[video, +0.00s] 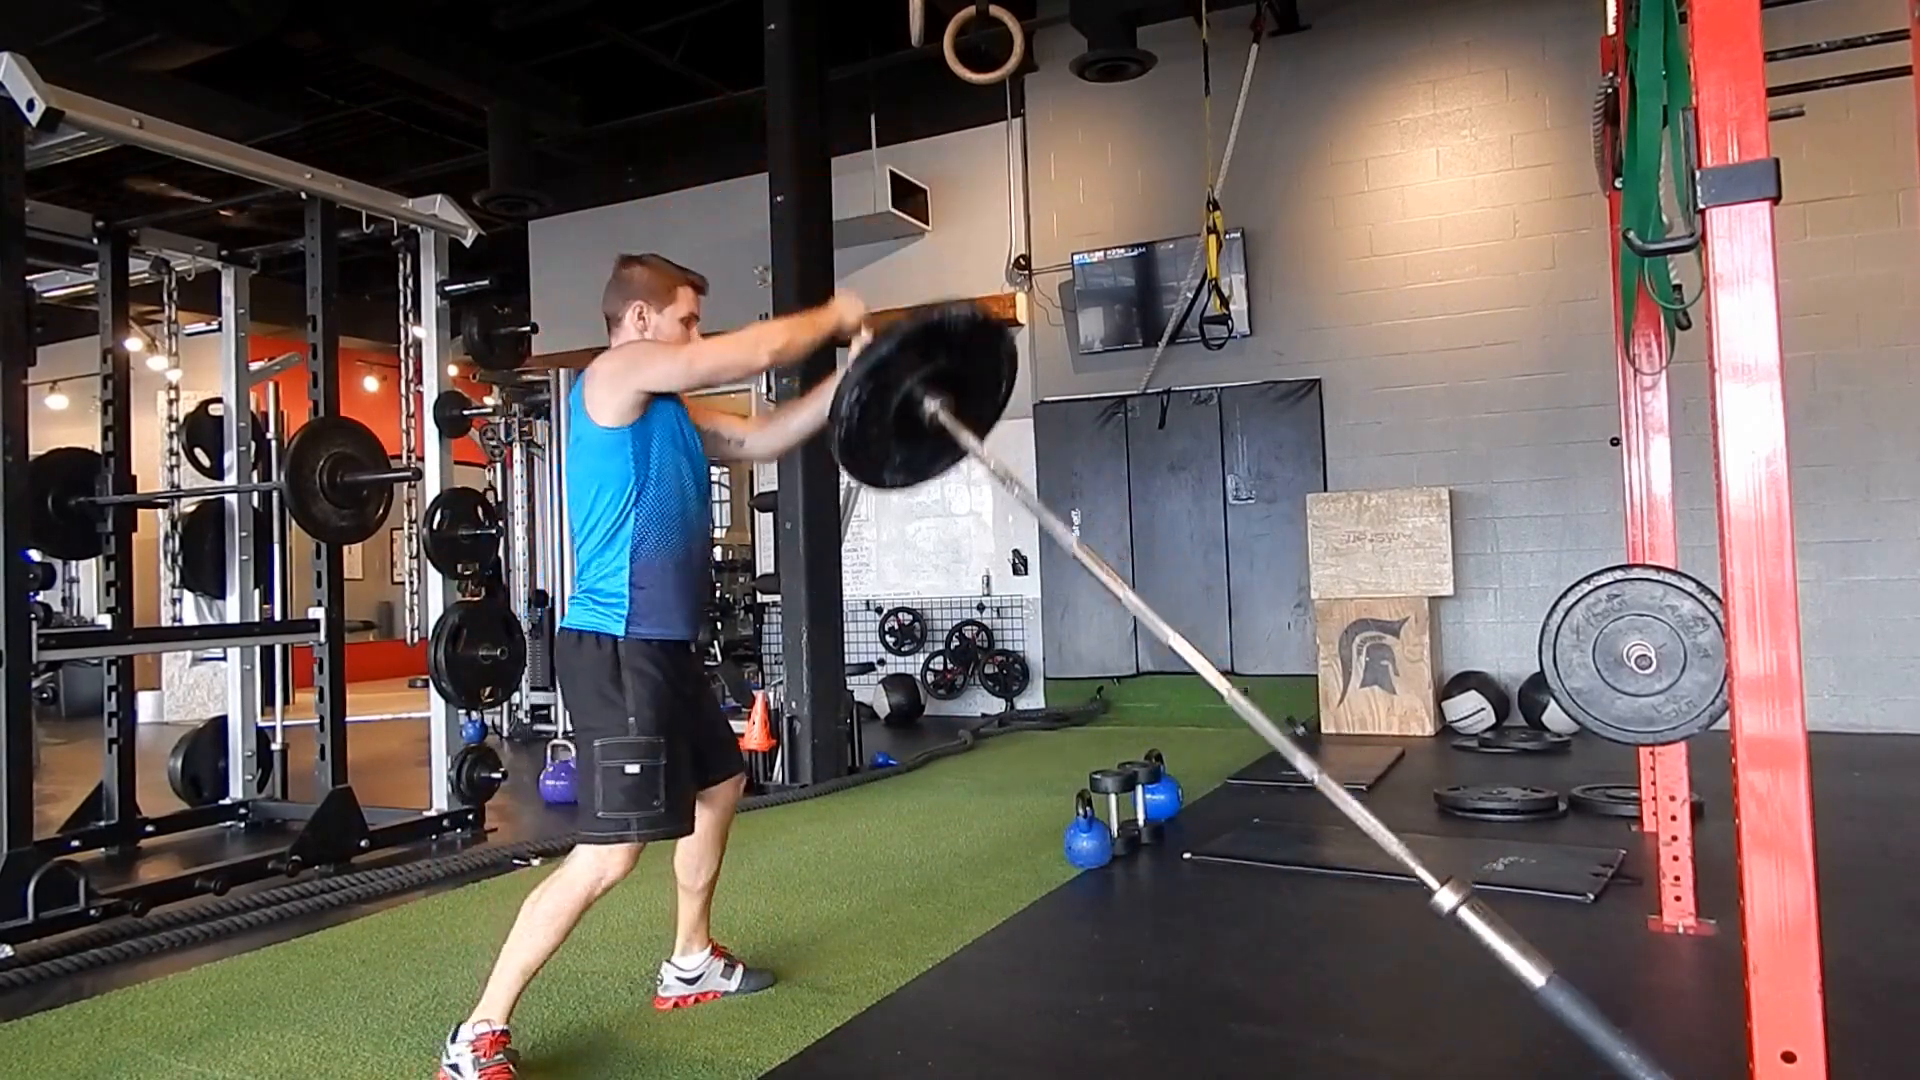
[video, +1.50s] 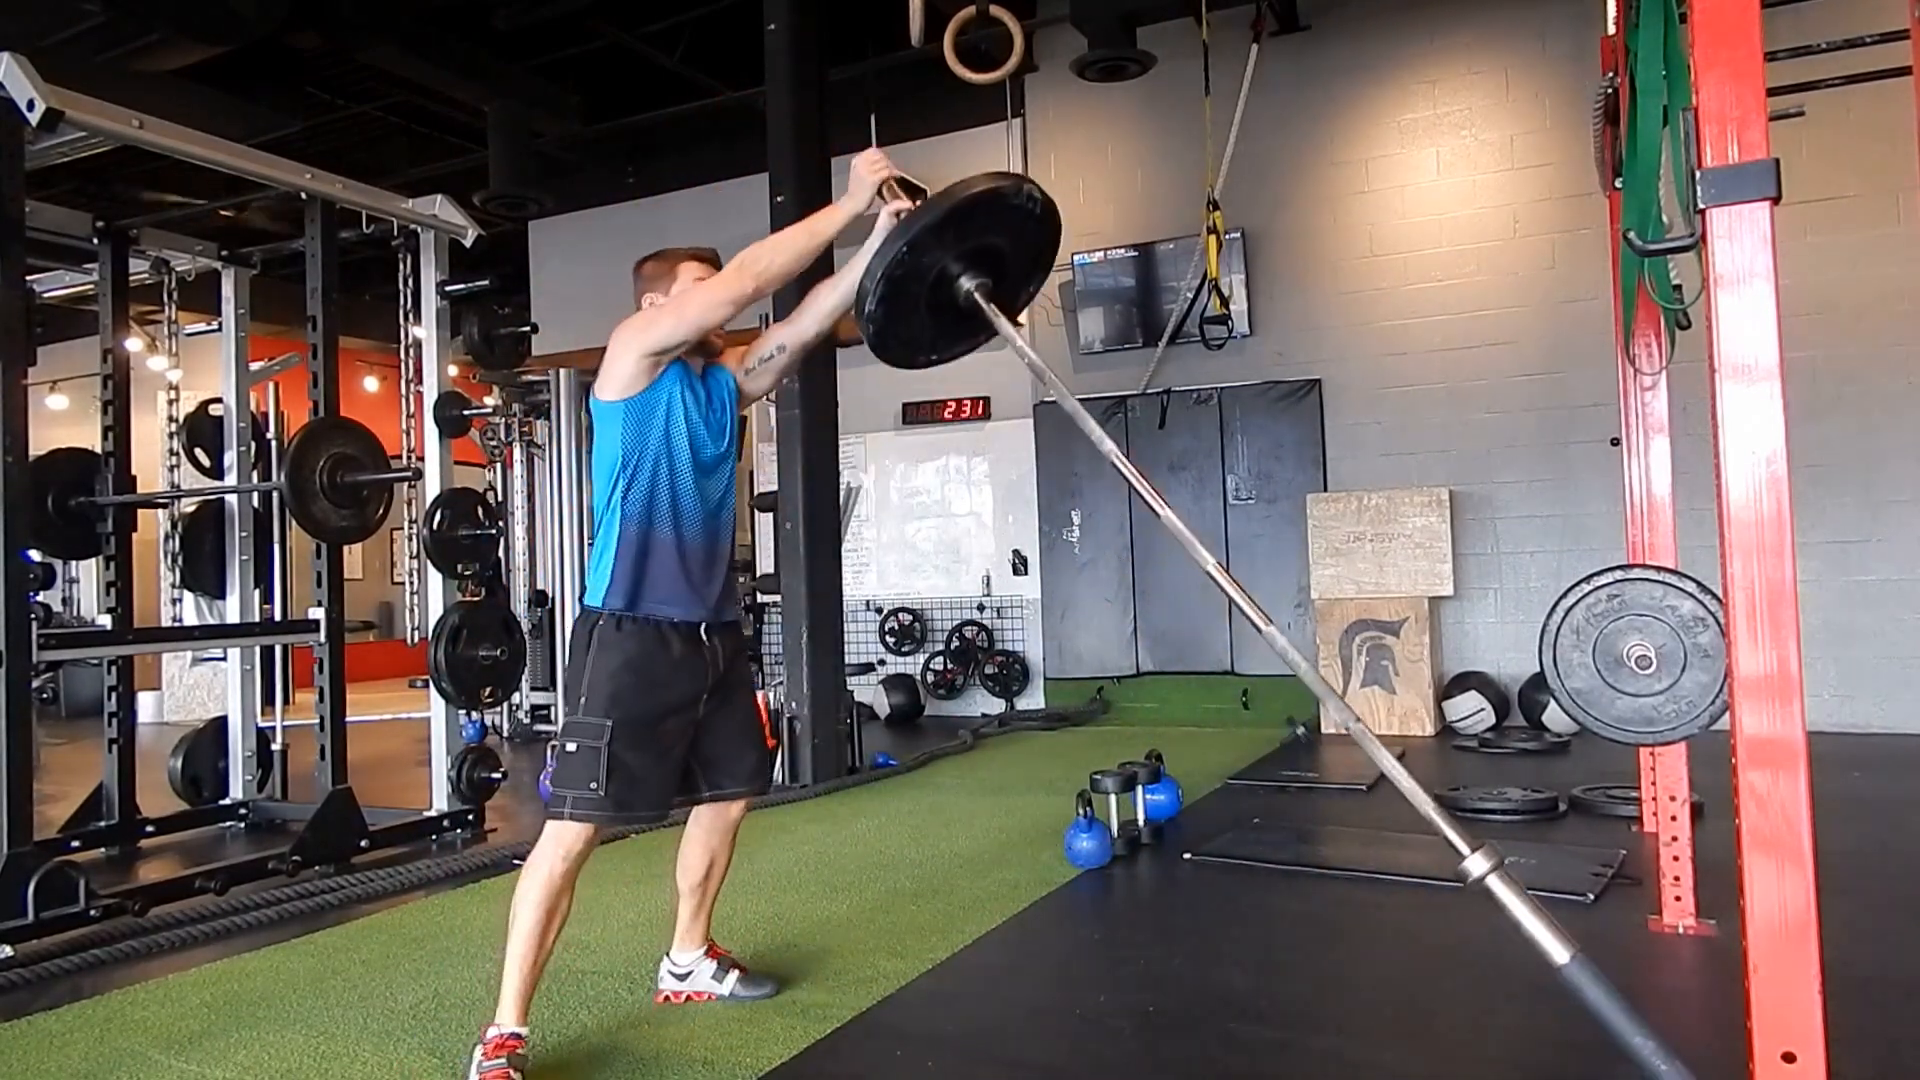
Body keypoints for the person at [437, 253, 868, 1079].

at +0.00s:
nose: (697, 334)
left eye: (697, 322)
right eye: (686, 320)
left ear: (648, 320)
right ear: (639, 318)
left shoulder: (667, 402)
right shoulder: (614, 370)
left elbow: (758, 438)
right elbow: (751, 350)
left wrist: (849, 377)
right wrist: (835, 313)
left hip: (668, 644)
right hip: (613, 644)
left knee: (718, 785)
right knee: (610, 849)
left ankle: (690, 960)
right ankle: (481, 1030)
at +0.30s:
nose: (730, 381)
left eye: (731, 370)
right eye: (726, 369)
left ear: (658, 368)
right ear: (693, 364)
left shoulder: (618, 445)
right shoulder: (705, 414)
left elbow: (687, 567)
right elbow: (791, 505)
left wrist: (788, 582)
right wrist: (797, 550)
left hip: (642, 663)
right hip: (650, 668)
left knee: (736, 776)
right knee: (650, 872)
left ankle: (692, 960)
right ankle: (463, 1029)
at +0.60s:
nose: (762, 422)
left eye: (759, 409)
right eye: (757, 410)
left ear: (687, 413)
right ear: (734, 410)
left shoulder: (632, 481)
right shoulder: (764, 473)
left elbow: (622, 589)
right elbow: (760, 598)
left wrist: (697, 660)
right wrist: (738, 663)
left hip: (614, 685)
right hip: (667, 695)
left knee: (719, 802)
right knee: (667, 905)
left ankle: (692, 961)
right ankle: (460, 1032)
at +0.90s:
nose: (740, 396)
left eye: (739, 383)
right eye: (734, 383)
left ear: (665, 390)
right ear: (702, 383)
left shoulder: (614, 462)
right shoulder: (729, 442)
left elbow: (617, 586)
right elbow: (765, 575)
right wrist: (741, 616)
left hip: (608, 669)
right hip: (651, 681)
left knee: (731, 780)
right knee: (650, 895)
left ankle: (691, 961)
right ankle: (455, 1036)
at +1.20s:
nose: (702, 316)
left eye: (700, 304)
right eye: (688, 302)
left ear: (654, 309)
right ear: (640, 307)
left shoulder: (677, 401)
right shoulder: (613, 359)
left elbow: (759, 454)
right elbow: (750, 359)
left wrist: (840, 388)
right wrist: (825, 333)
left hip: (688, 633)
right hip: (619, 630)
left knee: (728, 787)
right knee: (595, 824)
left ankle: (684, 961)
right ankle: (498, 1024)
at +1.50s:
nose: (721, 288)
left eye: (720, 279)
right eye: (705, 278)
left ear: (708, 296)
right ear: (657, 296)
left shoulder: (728, 371)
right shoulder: (630, 349)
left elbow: (809, 320)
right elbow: (738, 288)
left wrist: (877, 239)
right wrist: (848, 201)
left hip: (712, 634)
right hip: (627, 633)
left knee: (728, 788)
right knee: (576, 823)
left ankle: (687, 959)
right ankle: (507, 1027)